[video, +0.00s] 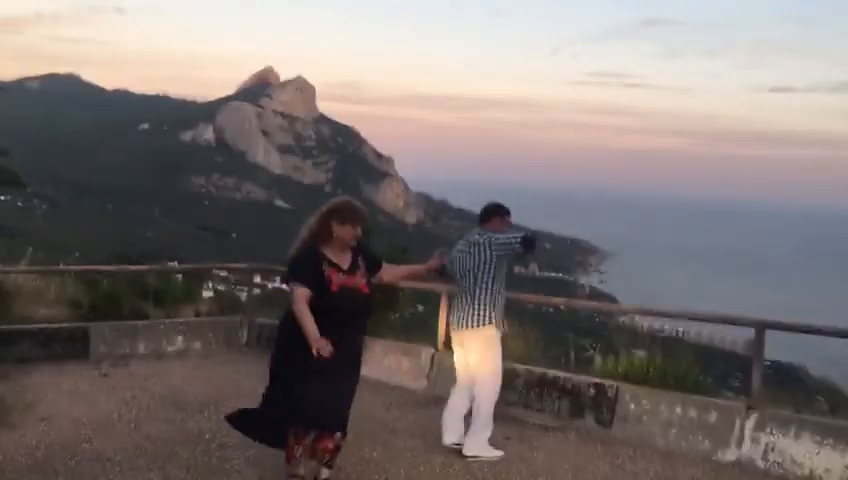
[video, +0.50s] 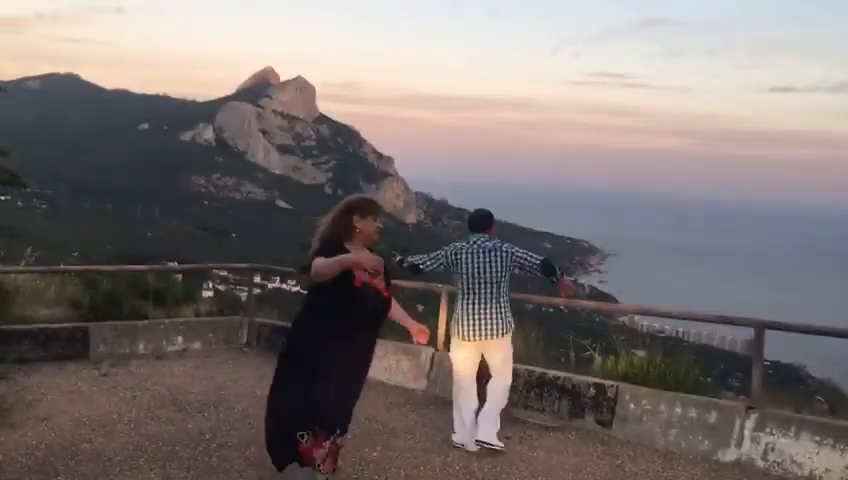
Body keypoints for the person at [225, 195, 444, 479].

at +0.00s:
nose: (357, 232)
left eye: (359, 227)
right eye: (352, 226)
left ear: (356, 230)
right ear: (333, 226)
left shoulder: (360, 258)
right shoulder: (308, 257)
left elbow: (390, 273)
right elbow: (299, 301)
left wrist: (428, 266)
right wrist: (315, 338)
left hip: (346, 347)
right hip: (307, 345)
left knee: (336, 410)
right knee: (303, 407)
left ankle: (323, 468)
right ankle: (297, 468)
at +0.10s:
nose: (360, 235)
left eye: (361, 230)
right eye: (353, 229)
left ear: (361, 232)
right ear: (335, 229)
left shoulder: (363, 261)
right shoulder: (313, 260)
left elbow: (392, 276)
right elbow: (302, 303)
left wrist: (432, 271)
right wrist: (312, 329)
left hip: (351, 352)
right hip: (315, 350)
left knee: (343, 413)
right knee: (308, 410)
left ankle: (326, 470)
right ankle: (295, 469)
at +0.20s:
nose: (363, 236)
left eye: (365, 230)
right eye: (357, 230)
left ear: (366, 233)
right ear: (339, 230)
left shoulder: (367, 261)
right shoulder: (317, 260)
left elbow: (394, 284)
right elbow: (304, 292)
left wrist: (435, 286)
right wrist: (313, 307)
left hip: (353, 345)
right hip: (316, 346)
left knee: (346, 402)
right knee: (316, 401)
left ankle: (333, 462)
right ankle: (307, 460)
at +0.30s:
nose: (373, 230)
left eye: (374, 224)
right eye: (367, 223)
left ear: (366, 227)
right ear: (348, 223)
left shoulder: (372, 259)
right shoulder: (323, 251)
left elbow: (393, 290)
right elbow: (305, 282)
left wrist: (432, 305)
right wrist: (326, 286)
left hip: (351, 346)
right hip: (314, 345)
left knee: (343, 412)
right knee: (312, 411)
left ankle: (330, 467)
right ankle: (303, 469)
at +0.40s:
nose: (377, 226)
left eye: (377, 220)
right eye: (372, 220)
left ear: (360, 223)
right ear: (355, 221)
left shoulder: (375, 259)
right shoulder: (328, 247)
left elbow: (389, 295)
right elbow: (308, 274)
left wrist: (419, 318)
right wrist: (341, 267)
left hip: (351, 346)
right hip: (313, 341)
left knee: (336, 406)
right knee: (308, 403)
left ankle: (325, 464)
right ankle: (301, 466)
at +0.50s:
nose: (379, 227)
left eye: (379, 221)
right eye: (375, 221)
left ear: (363, 224)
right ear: (357, 221)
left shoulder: (373, 263)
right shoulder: (332, 247)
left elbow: (384, 299)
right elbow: (316, 271)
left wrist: (411, 324)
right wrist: (353, 258)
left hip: (351, 351)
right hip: (316, 343)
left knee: (337, 407)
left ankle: (322, 465)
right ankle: (298, 466)